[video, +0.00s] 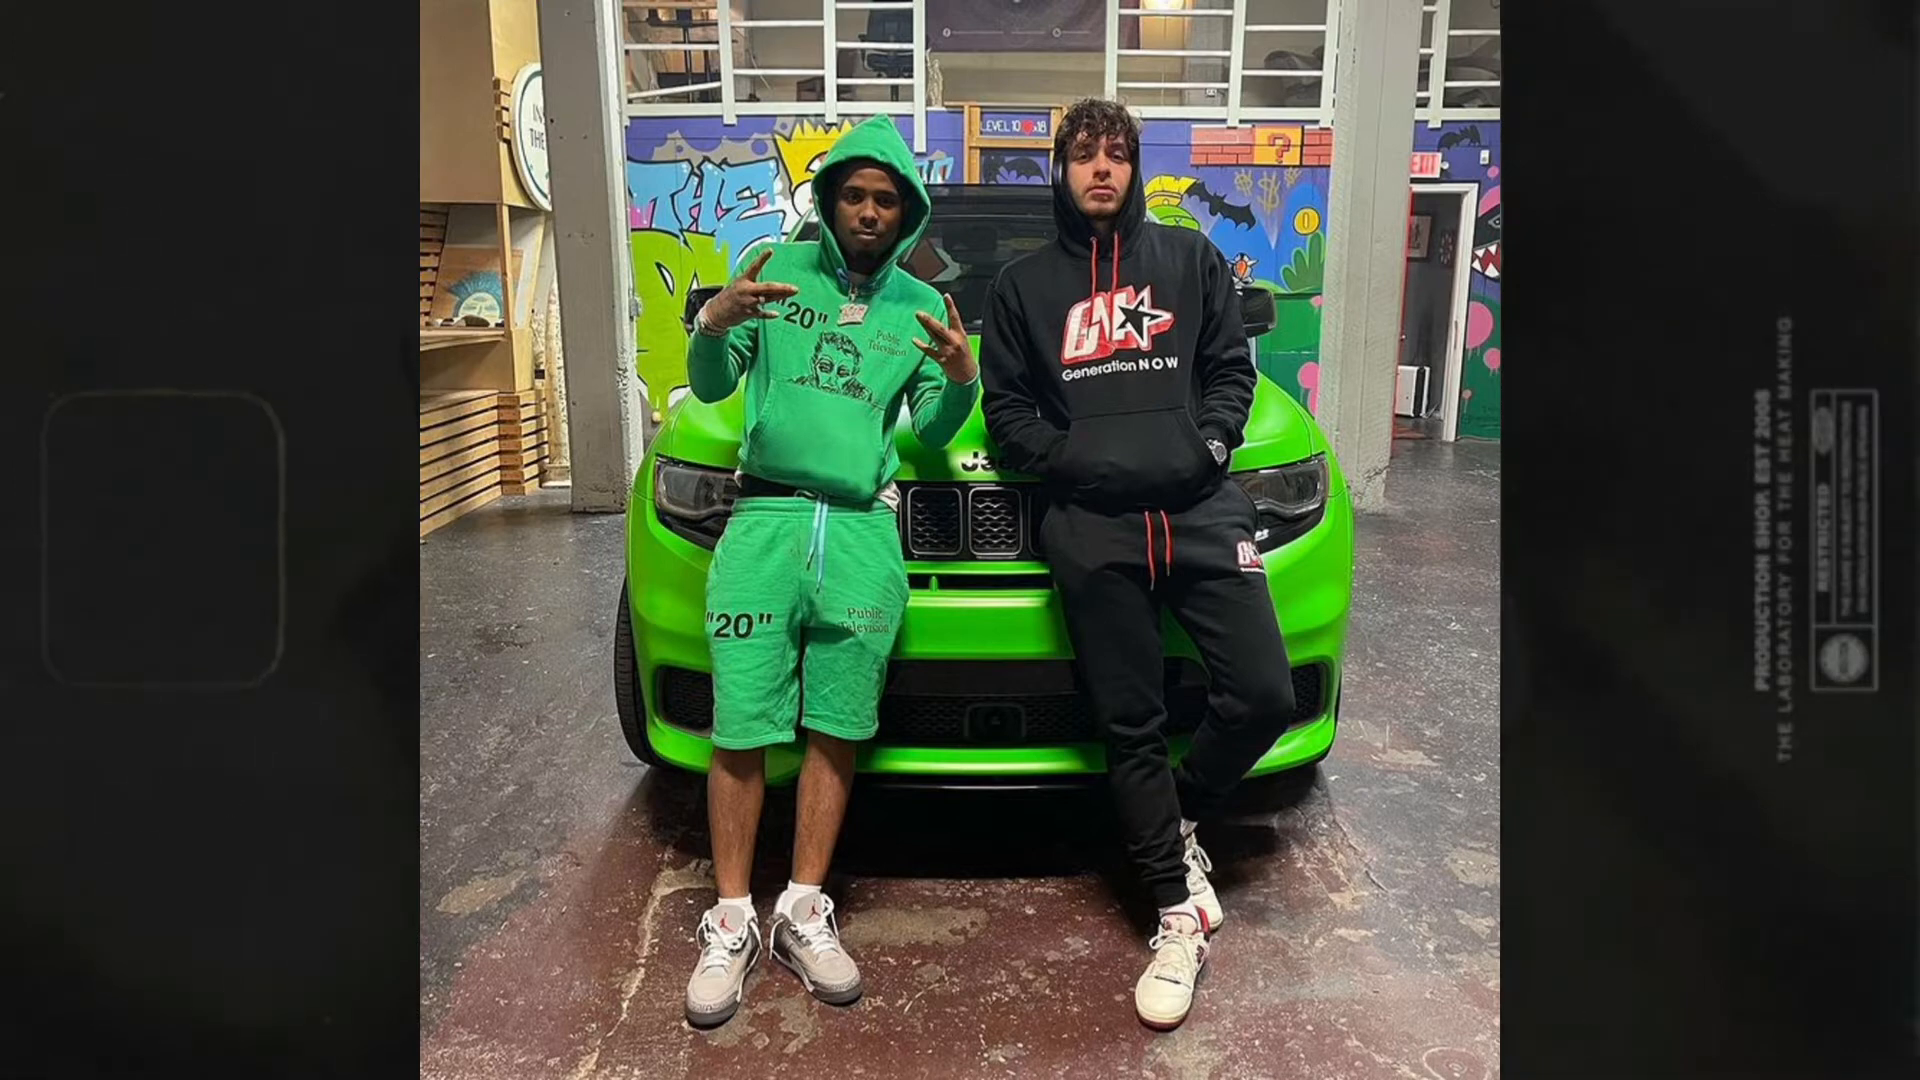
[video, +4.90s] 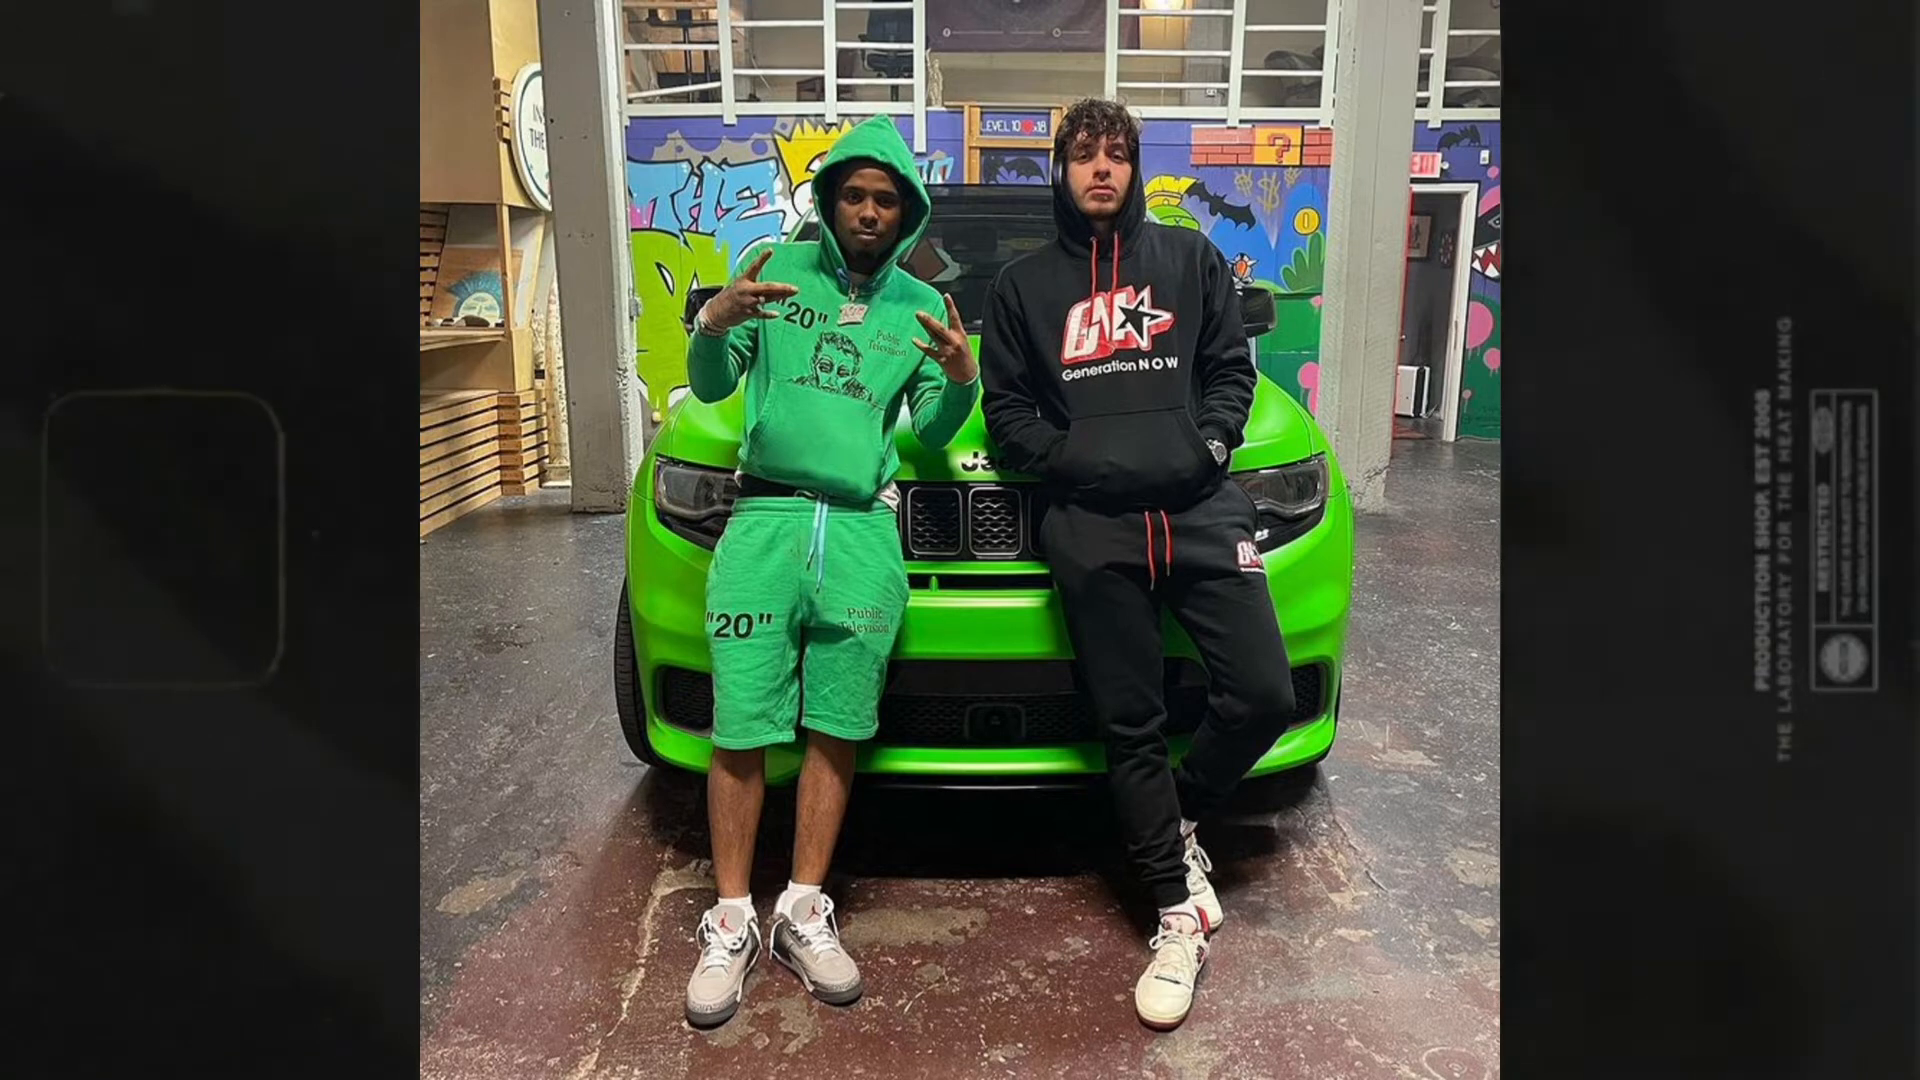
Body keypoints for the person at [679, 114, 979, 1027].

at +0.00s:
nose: (868, 212)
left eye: (885, 198)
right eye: (854, 196)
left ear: (907, 212)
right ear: (827, 202)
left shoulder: (923, 305)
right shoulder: (776, 268)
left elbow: (923, 439)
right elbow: (712, 384)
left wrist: (961, 380)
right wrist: (713, 321)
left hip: (861, 527)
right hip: (763, 517)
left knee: (838, 728)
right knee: (741, 728)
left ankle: (805, 908)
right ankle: (732, 919)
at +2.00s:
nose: (868, 212)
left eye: (885, 198)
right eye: (854, 196)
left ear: (907, 212)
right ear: (827, 202)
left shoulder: (923, 305)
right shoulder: (776, 268)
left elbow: (923, 439)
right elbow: (712, 384)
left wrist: (961, 380)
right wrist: (713, 321)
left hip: (861, 527)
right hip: (763, 517)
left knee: (838, 728)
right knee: (741, 728)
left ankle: (805, 908)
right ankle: (732, 919)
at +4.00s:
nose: (868, 212)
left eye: (885, 198)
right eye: (854, 196)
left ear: (907, 211)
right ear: (827, 202)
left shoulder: (923, 305)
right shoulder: (776, 268)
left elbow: (923, 439)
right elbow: (712, 384)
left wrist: (961, 380)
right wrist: (713, 322)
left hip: (861, 527)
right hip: (763, 517)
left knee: (838, 728)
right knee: (741, 728)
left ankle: (805, 908)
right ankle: (732, 919)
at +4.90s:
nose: (868, 212)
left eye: (885, 198)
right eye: (854, 196)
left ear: (907, 211)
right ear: (827, 202)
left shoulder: (923, 305)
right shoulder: (777, 267)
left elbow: (923, 439)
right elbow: (712, 384)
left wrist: (961, 381)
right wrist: (713, 322)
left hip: (861, 526)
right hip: (763, 516)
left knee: (838, 728)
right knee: (741, 728)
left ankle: (804, 908)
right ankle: (732, 919)